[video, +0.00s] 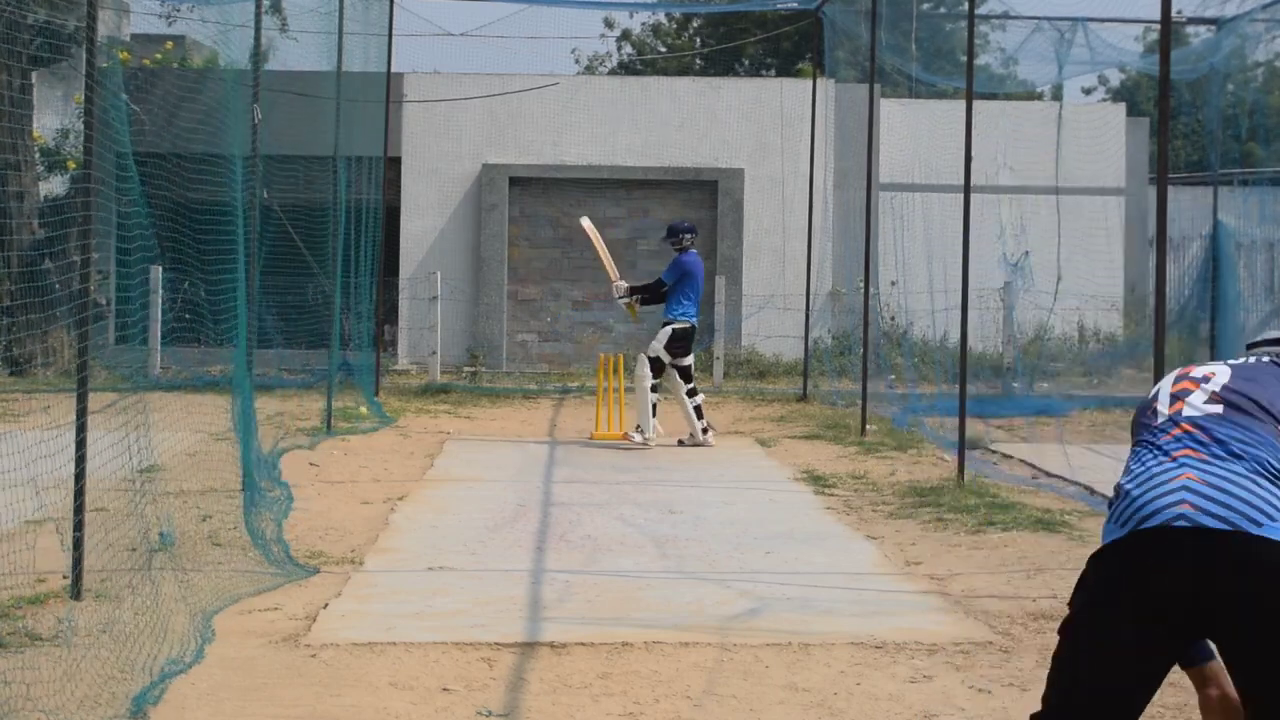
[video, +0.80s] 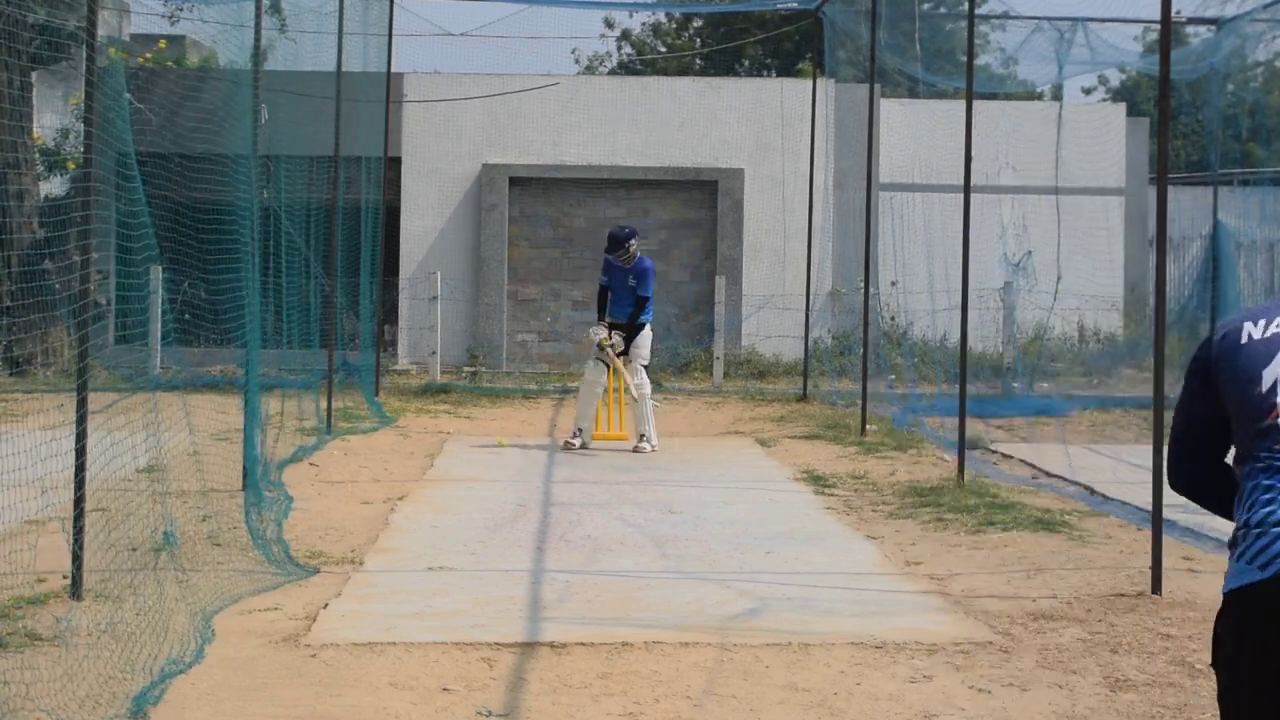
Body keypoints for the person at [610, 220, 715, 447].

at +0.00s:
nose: (672, 245)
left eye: (674, 241)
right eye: (671, 241)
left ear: (682, 239)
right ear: (690, 239)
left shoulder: (683, 260)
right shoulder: (693, 261)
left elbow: (656, 287)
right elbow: (666, 295)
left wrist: (627, 289)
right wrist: (636, 300)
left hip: (675, 328)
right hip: (686, 328)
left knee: (647, 371)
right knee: (682, 381)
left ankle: (646, 432)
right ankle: (701, 433)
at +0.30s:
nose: (655, 250)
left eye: (657, 246)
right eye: (654, 246)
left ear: (665, 244)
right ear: (670, 244)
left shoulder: (671, 266)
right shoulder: (668, 264)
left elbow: (655, 300)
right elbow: (656, 300)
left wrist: (628, 323)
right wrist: (636, 324)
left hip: (671, 328)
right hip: (664, 327)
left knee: (650, 375)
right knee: (677, 383)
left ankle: (648, 438)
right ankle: (701, 432)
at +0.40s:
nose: (649, 251)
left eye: (652, 247)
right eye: (648, 247)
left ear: (662, 244)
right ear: (650, 246)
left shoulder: (668, 267)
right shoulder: (652, 264)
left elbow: (656, 305)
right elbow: (645, 300)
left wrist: (635, 331)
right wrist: (633, 329)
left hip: (667, 329)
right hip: (654, 329)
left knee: (646, 378)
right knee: (663, 387)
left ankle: (648, 439)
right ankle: (696, 430)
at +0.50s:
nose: (640, 251)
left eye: (643, 246)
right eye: (638, 247)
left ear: (655, 243)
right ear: (638, 246)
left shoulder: (662, 267)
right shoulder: (638, 262)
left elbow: (655, 305)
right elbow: (633, 293)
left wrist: (636, 334)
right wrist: (631, 321)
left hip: (660, 327)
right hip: (642, 326)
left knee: (646, 376)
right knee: (636, 379)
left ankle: (648, 438)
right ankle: (676, 418)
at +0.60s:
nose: (634, 251)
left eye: (637, 247)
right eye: (632, 247)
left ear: (649, 243)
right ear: (631, 246)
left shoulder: (659, 267)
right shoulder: (631, 262)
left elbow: (653, 305)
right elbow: (626, 290)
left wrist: (634, 331)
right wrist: (623, 319)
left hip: (654, 324)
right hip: (634, 323)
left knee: (644, 376)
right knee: (630, 382)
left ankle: (648, 437)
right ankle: (655, 413)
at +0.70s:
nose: (625, 255)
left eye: (629, 250)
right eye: (622, 251)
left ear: (641, 244)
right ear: (618, 248)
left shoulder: (651, 267)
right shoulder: (619, 261)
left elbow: (645, 307)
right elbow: (613, 290)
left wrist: (628, 337)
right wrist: (612, 319)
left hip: (645, 326)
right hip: (623, 325)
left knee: (642, 376)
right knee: (601, 373)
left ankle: (647, 437)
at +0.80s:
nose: (617, 259)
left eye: (620, 254)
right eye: (614, 255)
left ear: (632, 248)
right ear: (611, 251)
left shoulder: (645, 267)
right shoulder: (610, 262)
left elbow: (641, 308)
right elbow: (603, 292)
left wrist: (626, 337)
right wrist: (601, 323)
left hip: (638, 328)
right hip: (612, 326)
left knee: (637, 378)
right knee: (593, 374)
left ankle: (646, 438)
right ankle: (581, 434)